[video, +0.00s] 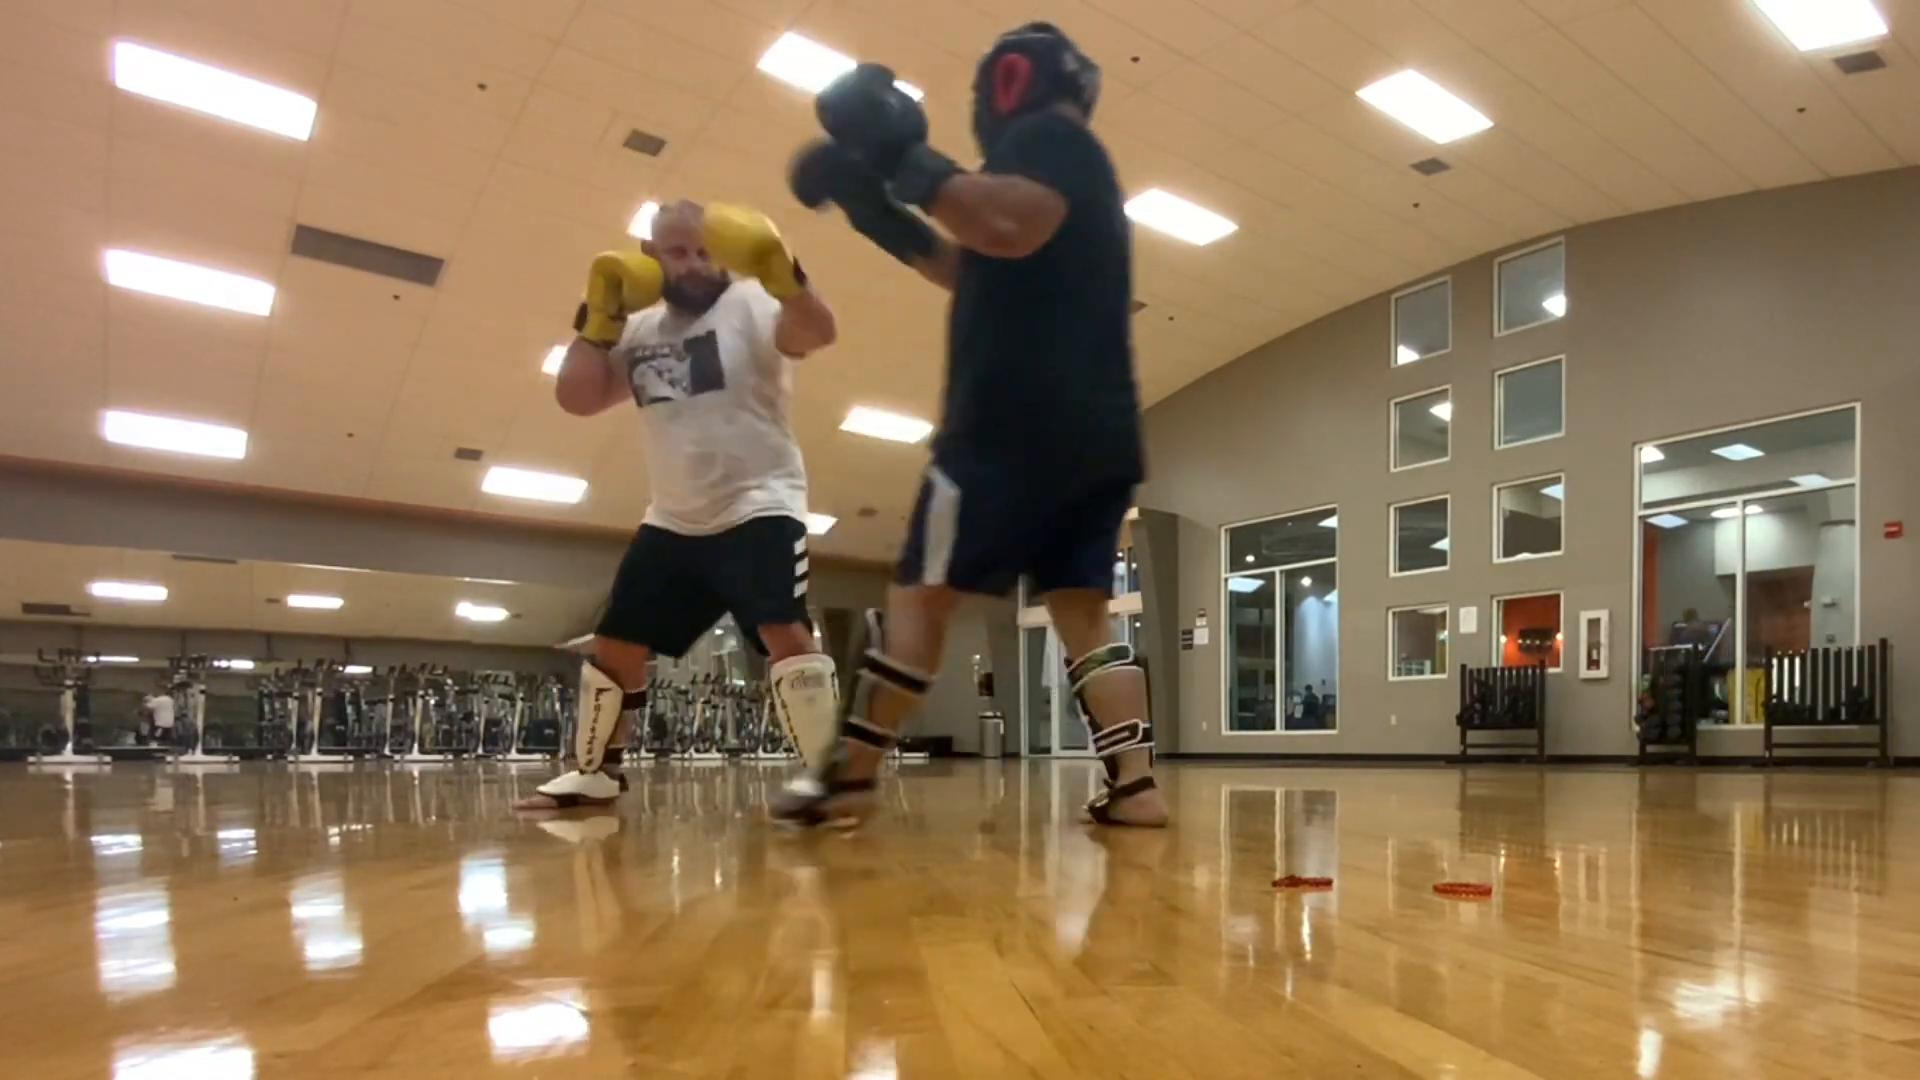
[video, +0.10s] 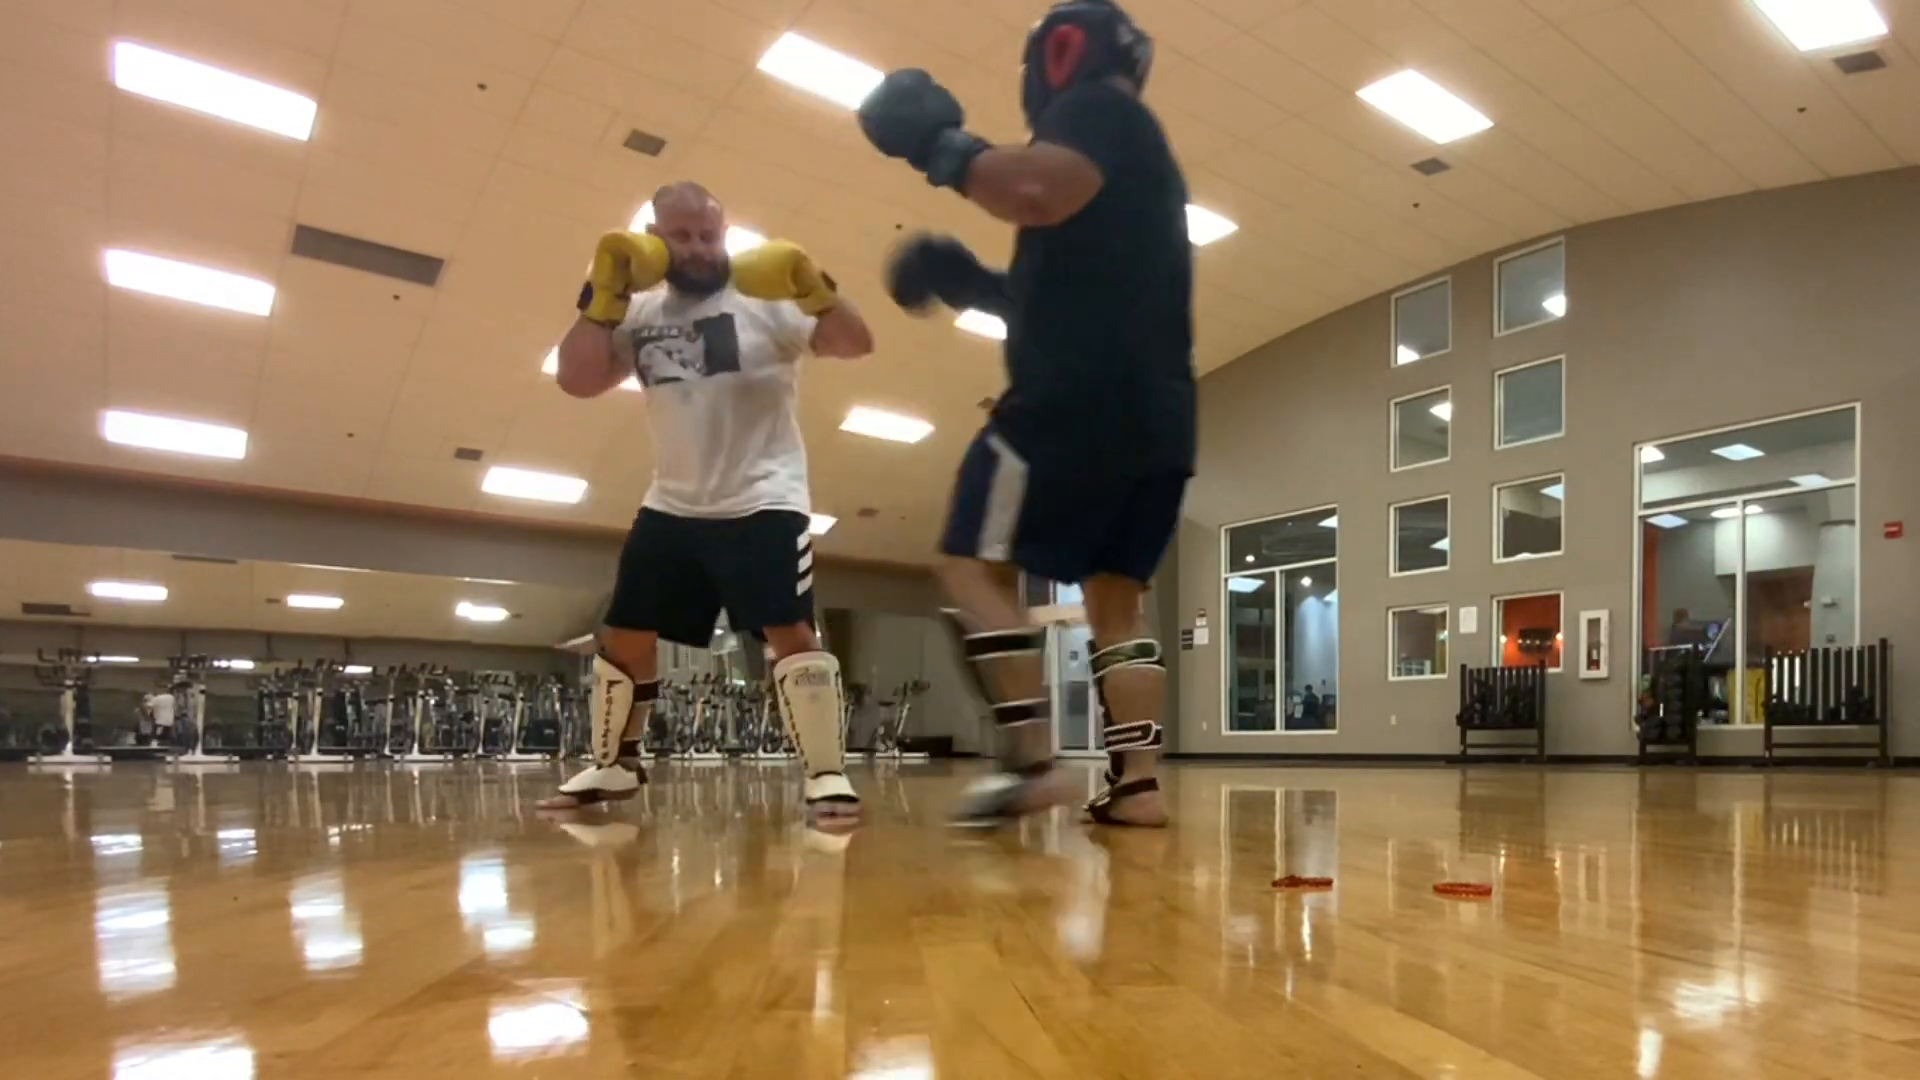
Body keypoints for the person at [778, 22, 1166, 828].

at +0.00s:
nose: (981, 101)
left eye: (987, 85)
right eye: (983, 89)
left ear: (1012, 75)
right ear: (1064, 85)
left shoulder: (1049, 135)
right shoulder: (1070, 171)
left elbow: (1020, 222)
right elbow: (981, 279)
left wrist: (903, 156)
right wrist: (877, 214)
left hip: (1006, 425)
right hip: (1091, 430)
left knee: (922, 594)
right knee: (1080, 604)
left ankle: (850, 779)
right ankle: (1136, 788)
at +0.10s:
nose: (1028, 82)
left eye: (1034, 64)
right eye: (1029, 70)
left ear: (1065, 50)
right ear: (1119, 62)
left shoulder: (1101, 110)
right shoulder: (1137, 153)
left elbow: (1039, 188)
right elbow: (1076, 307)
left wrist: (938, 142)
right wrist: (967, 280)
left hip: (1072, 399)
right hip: (1156, 412)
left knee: (970, 563)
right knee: (1113, 593)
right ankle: (1137, 786)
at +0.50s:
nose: (1191, 53)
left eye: (1200, 32)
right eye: (1193, 38)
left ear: (1241, 13)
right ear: (1304, 19)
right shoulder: (1360, 114)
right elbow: (1271, 263)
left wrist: (1137, 226)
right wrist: (1171, 253)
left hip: (1303, 367)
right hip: (1374, 370)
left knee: (1332, 573)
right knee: (1290, 577)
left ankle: (1424, 790)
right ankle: (1255, 780)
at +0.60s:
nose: (1239, 62)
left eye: (1244, 42)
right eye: (1238, 49)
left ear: (1285, 14)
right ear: (1346, 17)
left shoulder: (1317, 45)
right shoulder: (1393, 108)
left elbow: (1238, 146)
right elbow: (1323, 235)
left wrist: (1154, 159)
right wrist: (1213, 204)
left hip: (1334, 351)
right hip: (1404, 359)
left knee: (1374, 564)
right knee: (1330, 569)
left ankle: (1430, 792)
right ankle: (1380, 769)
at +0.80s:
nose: (1312, 41)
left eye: (1318, 27)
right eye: (1313, 34)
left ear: (1356, 15)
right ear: (1412, 20)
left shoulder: (1392, 52)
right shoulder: (1448, 100)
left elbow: (1312, 125)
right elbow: (1377, 233)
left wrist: (1238, 77)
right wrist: (1296, 191)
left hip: (1391, 358)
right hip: (1473, 363)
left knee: (1407, 565)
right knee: (1463, 571)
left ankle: (1428, 794)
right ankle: (1537, 766)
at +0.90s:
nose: (1345, 49)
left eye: (1358, 31)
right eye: (1349, 36)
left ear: (1399, 27)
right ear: (1447, 37)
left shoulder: (1421, 79)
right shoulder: (1477, 121)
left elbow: (1360, 157)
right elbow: (1390, 259)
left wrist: (1290, 141)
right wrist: (1305, 204)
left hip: (1414, 375)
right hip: (1503, 380)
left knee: (1422, 570)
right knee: (1509, 580)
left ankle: (1430, 792)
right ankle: (1575, 781)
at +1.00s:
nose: (1374, 88)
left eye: (1384, 65)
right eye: (1375, 76)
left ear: (1431, 48)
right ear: (1477, 60)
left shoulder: (1450, 95)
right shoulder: (1501, 138)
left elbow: (1415, 196)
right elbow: (1434, 284)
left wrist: (1318, 208)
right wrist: (1333, 255)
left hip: (1442, 389)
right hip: (1530, 392)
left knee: (1410, 576)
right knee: (1534, 580)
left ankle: (1426, 791)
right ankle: (1579, 789)